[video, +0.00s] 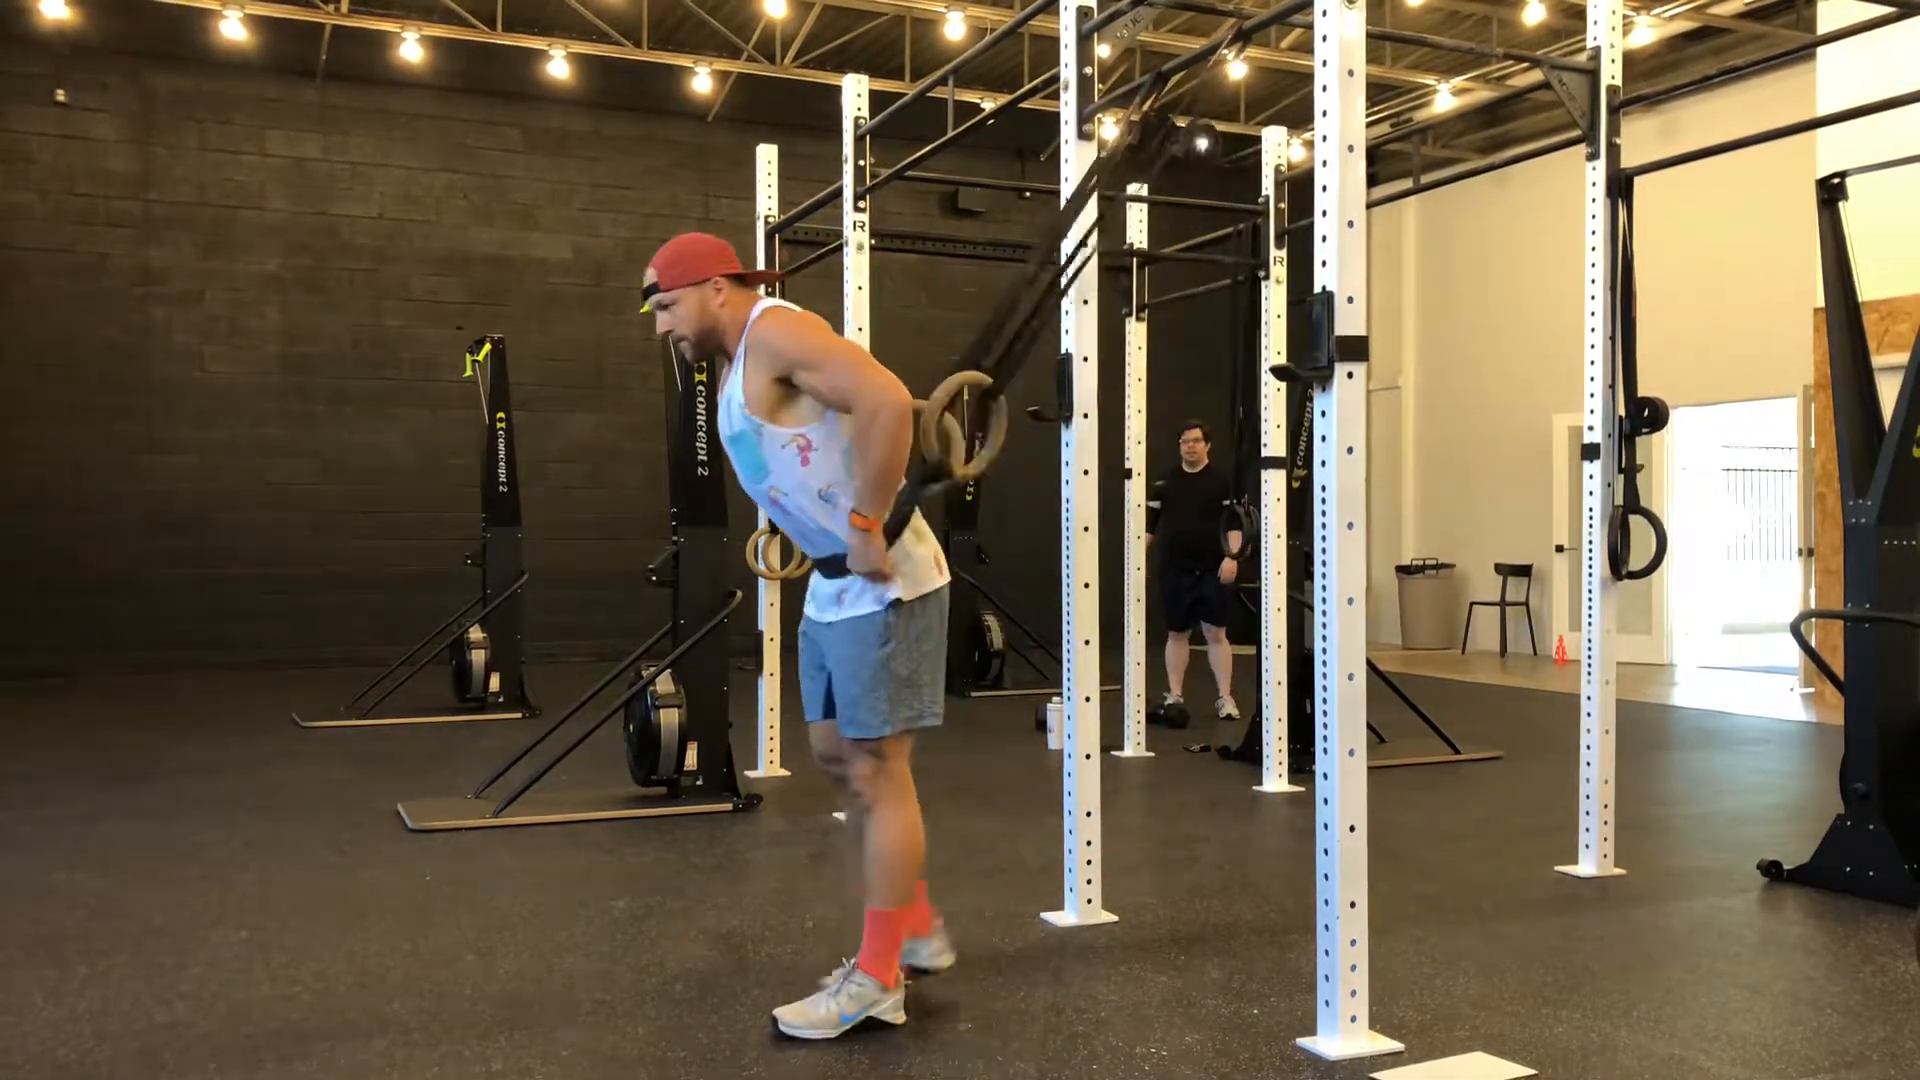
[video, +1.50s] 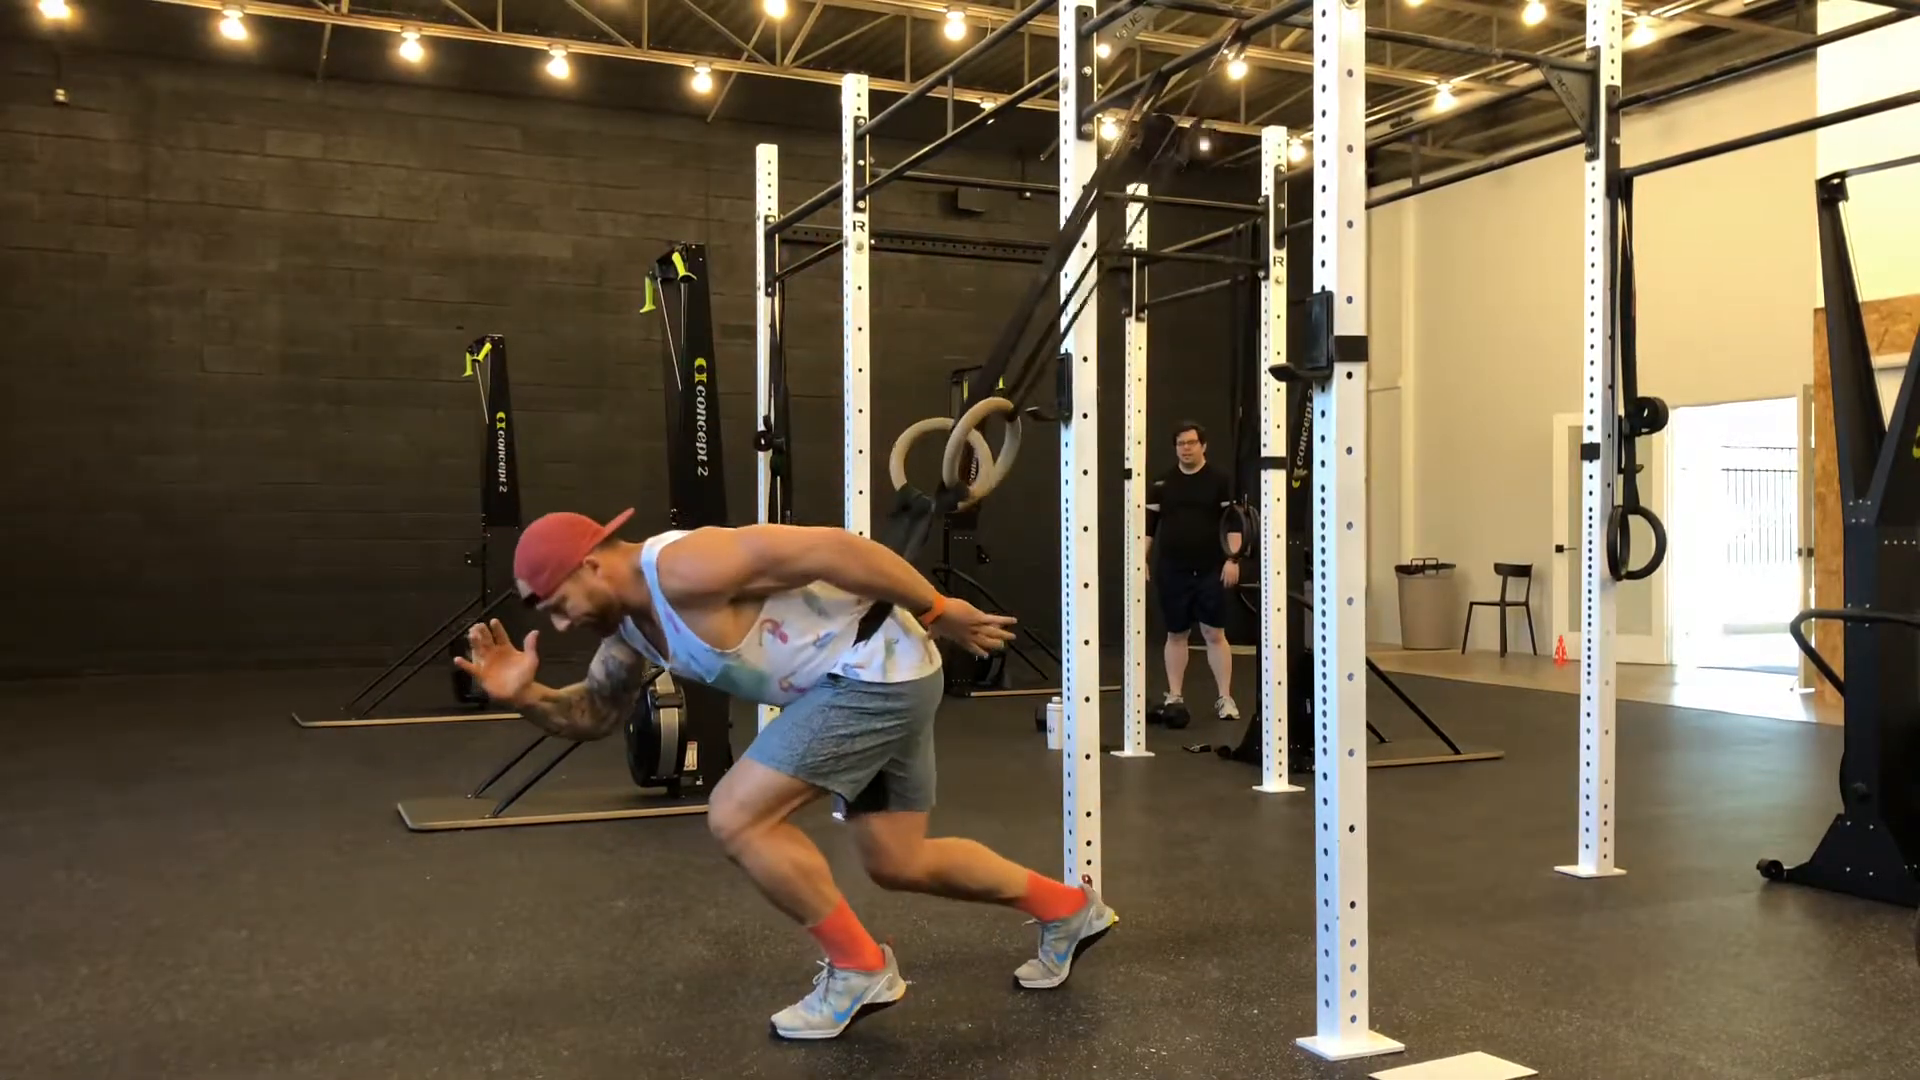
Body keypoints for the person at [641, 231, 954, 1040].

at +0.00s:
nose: (658, 323)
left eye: (664, 302)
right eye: (654, 306)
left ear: (717, 288)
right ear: (702, 297)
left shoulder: (775, 330)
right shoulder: (742, 358)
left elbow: (889, 405)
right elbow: (833, 426)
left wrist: (869, 524)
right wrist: (814, 529)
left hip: (883, 586)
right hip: (830, 586)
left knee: (879, 770)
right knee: (835, 751)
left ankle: (878, 976)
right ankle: (918, 923)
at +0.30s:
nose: (657, 318)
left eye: (665, 298)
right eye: (653, 303)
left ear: (720, 291)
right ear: (698, 300)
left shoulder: (785, 345)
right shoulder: (727, 381)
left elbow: (896, 416)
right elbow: (783, 478)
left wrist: (912, 546)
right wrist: (744, 555)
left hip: (871, 580)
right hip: (838, 586)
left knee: (836, 774)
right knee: (907, 754)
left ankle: (870, 976)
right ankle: (1018, 885)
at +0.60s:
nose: (600, 392)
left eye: (606, 372)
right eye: (595, 376)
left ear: (659, 353)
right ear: (650, 361)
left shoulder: (745, 400)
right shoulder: (678, 438)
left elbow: (868, 471)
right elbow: (701, 540)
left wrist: (892, 596)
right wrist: (622, 567)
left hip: (850, 611)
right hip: (824, 615)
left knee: (763, 789)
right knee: (912, 775)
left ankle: (855, 960)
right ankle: (1032, 895)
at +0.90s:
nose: (534, 492)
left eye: (535, 476)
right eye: (527, 482)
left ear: (574, 449)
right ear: (575, 451)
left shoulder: (673, 471)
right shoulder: (615, 525)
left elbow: (824, 502)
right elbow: (572, 601)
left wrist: (901, 606)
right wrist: (507, 577)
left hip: (828, 631)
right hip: (836, 629)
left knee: (729, 807)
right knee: (916, 794)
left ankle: (854, 960)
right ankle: (1055, 900)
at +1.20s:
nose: (529, 593)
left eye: (529, 576)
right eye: (521, 581)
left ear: (566, 543)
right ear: (559, 553)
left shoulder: (664, 548)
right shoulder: (610, 612)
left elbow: (820, 534)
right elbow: (570, 691)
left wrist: (914, 602)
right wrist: (499, 675)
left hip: (842, 670)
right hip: (855, 666)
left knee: (719, 823)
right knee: (912, 842)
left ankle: (856, 964)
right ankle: (1068, 906)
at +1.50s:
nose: (552, 615)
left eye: (552, 599)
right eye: (544, 604)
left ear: (589, 567)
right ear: (584, 574)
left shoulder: (681, 567)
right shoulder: (639, 627)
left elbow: (840, 548)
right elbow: (593, 712)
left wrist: (941, 609)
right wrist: (524, 693)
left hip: (872, 669)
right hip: (877, 670)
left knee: (736, 814)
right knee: (898, 859)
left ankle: (861, 967)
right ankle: (1070, 906)